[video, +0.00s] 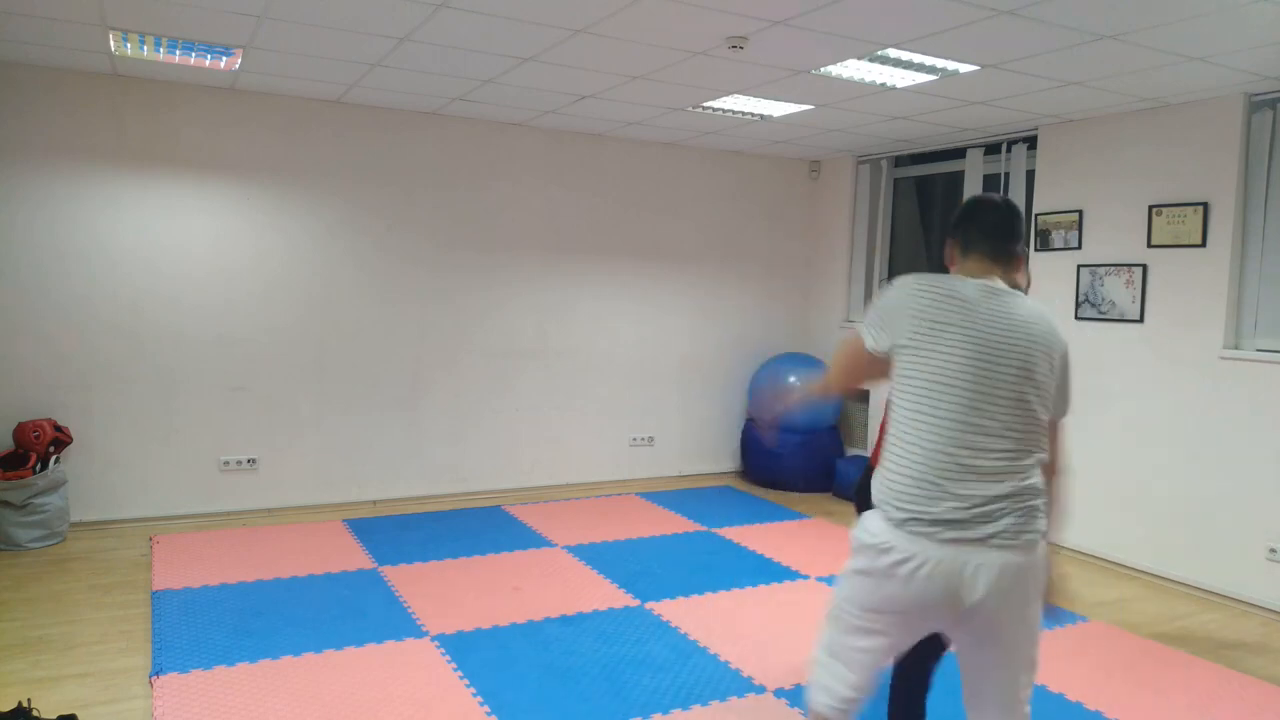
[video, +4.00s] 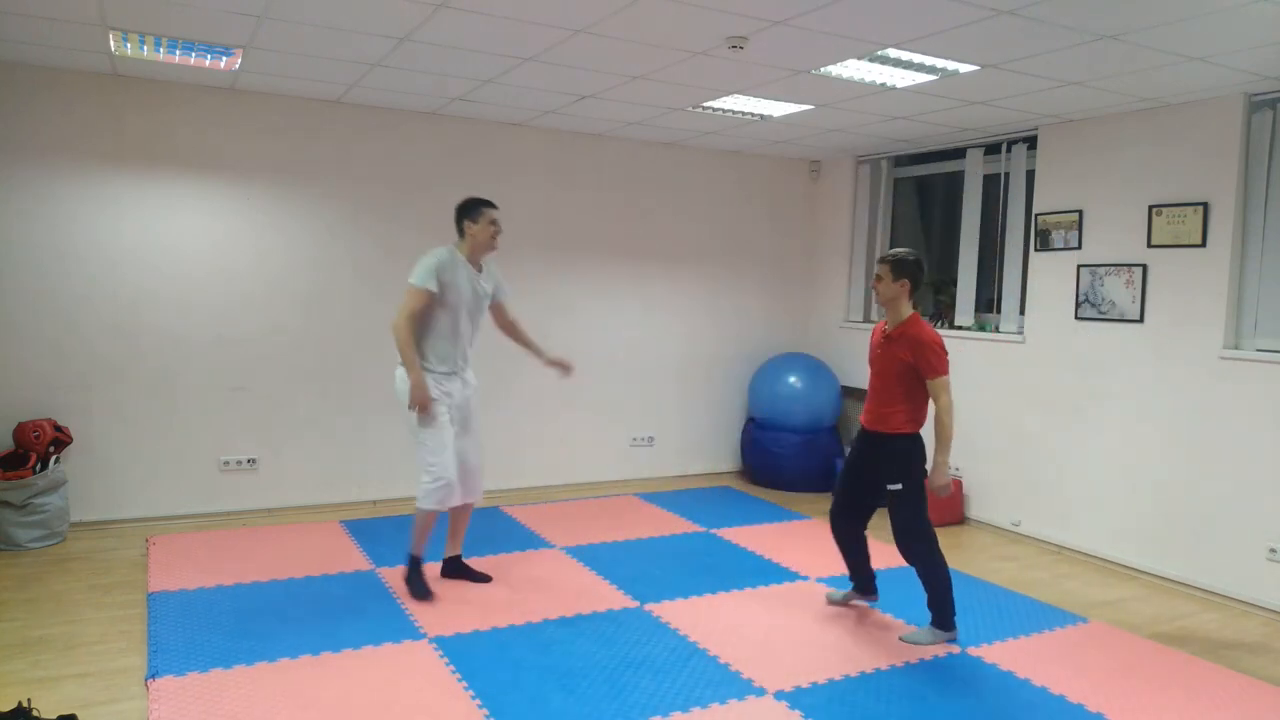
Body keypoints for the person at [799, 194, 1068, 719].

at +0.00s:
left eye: (946, 252)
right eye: (1027, 260)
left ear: (950, 252)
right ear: (1021, 261)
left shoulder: (909, 297)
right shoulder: (1047, 332)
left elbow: (842, 377)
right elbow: (1049, 460)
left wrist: (796, 397)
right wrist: (1045, 550)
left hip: (901, 564)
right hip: (1009, 573)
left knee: (831, 704)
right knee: (1003, 713)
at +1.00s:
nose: (812, 264)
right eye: (815, 253)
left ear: (739, 243)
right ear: (806, 256)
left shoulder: (664, 310)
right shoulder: (793, 326)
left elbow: (596, 437)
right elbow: (787, 493)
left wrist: (680, 437)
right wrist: (805, 579)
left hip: (614, 559)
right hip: (697, 575)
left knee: (660, 691)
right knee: (737, 707)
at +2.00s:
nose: (692, 266)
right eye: (693, 257)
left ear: (626, 258)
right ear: (687, 260)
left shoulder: (576, 316)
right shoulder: (692, 303)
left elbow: (528, 452)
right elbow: (713, 428)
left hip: (549, 529)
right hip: (631, 533)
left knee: (589, 673)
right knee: (661, 705)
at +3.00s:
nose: (620, 261)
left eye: (619, 253)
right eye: (620, 253)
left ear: (571, 249)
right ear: (610, 251)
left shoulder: (519, 285)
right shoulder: (613, 295)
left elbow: (467, 351)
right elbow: (678, 348)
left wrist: (521, 376)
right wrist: (709, 368)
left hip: (488, 435)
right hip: (536, 443)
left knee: (552, 557)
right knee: (487, 600)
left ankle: (527, 686)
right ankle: (390, 714)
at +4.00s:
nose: (499, 231)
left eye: (499, 225)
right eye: (492, 224)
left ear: (486, 231)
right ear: (468, 227)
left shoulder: (488, 276)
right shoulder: (437, 263)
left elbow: (507, 323)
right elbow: (402, 322)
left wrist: (546, 358)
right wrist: (416, 380)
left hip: (461, 384)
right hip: (428, 383)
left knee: (468, 473)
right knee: (440, 476)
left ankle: (453, 561)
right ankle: (414, 566)